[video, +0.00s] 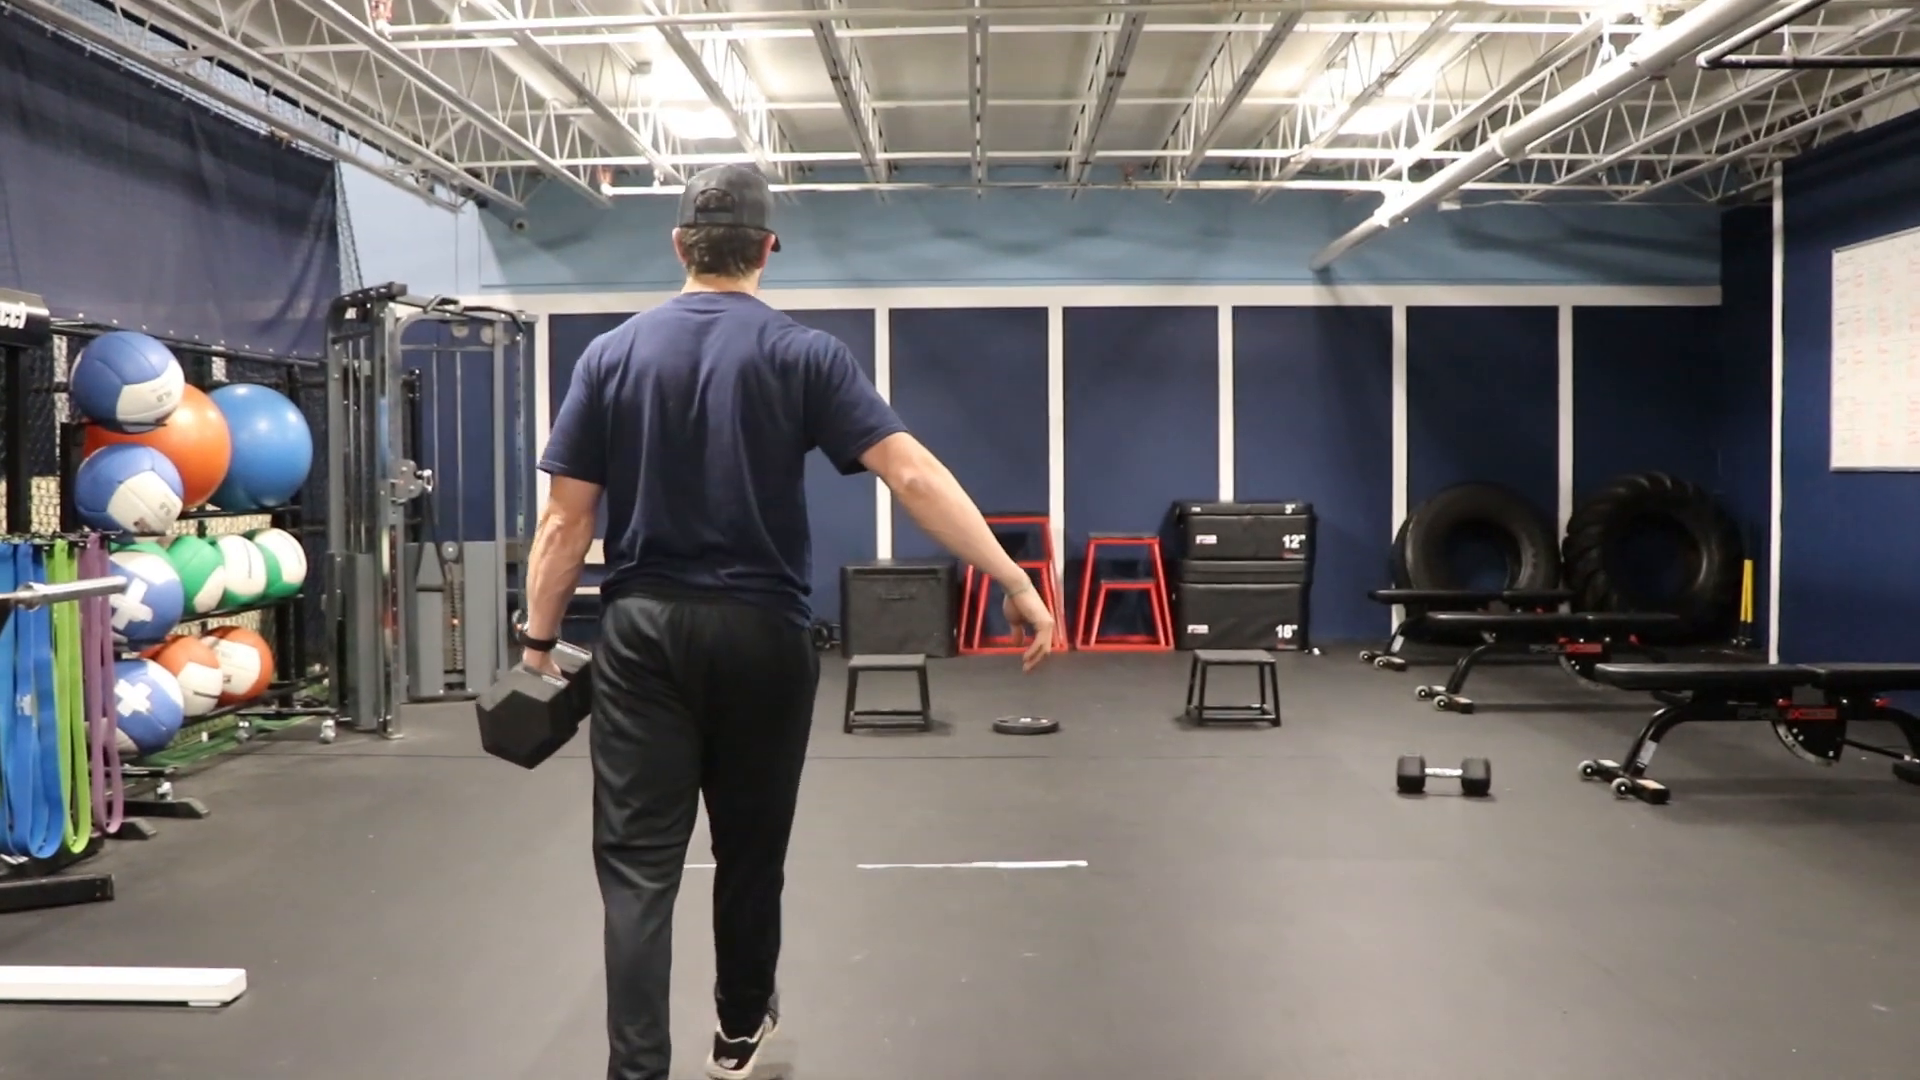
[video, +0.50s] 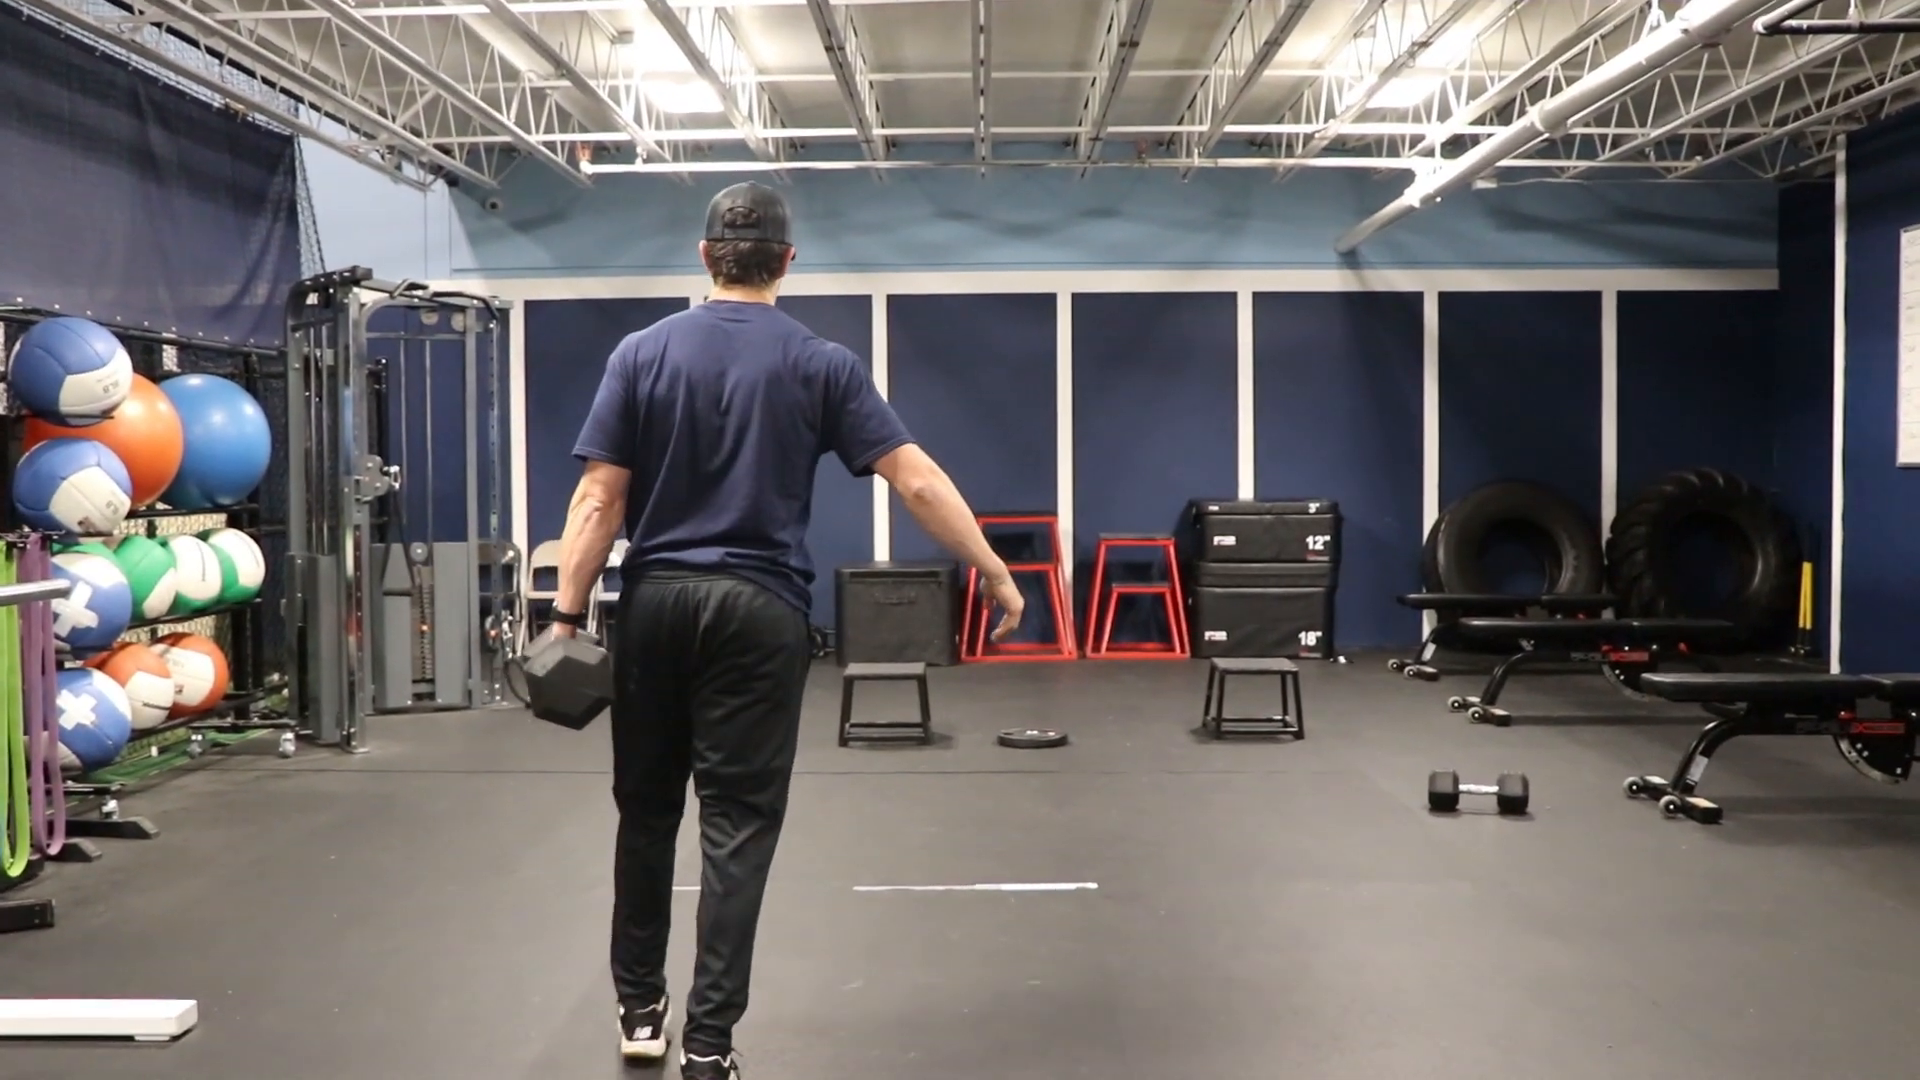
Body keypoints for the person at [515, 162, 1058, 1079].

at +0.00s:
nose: (762, 253)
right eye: (767, 242)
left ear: (678, 250)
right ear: (766, 250)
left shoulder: (609, 356)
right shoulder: (806, 354)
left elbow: (566, 519)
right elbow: (911, 473)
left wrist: (537, 641)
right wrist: (1013, 578)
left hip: (642, 628)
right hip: (762, 631)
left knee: (636, 861)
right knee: (751, 850)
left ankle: (635, 1069)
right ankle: (738, 1034)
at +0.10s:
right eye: (777, 254)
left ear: (692, 257)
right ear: (779, 260)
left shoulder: (625, 358)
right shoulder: (816, 363)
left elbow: (575, 514)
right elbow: (916, 485)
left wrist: (544, 639)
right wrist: (1013, 588)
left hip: (646, 624)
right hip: (763, 630)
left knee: (635, 857)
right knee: (739, 852)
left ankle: (628, 1069)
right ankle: (716, 1046)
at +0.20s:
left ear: (702, 258)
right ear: (788, 262)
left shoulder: (636, 356)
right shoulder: (821, 364)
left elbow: (587, 508)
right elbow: (917, 487)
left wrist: (549, 631)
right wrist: (1007, 589)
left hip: (652, 623)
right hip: (768, 630)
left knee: (631, 843)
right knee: (744, 841)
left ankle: (612, 1037)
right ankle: (714, 1046)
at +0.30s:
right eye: (788, 253)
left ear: (707, 256)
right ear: (790, 261)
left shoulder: (642, 352)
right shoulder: (826, 360)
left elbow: (596, 501)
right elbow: (919, 482)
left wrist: (557, 622)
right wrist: (1000, 578)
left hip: (656, 615)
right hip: (768, 621)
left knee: (635, 816)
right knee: (743, 836)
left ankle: (618, 999)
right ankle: (712, 1046)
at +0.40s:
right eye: (789, 248)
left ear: (709, 253)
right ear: (791, 258)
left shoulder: (643, 350)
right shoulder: (825, 360)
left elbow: (601, 495)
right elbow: (920, 479)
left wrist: (565, 609)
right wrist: (999, 574)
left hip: (655, 608)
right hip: (764, 614)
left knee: (641, 808)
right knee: (741, 825)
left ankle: (627, 1016)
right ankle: (711, 1045)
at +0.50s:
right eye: (784, 253)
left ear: (705, 259)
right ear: (786, 263)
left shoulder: (641, 354)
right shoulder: (820, 362)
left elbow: (599, 497)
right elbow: (912, 475)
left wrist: (568, 611)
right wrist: (994, 569)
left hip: (652, 606)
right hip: (759, 612)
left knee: (646, 810)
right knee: (738, 823)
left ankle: (639, 1009)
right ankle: (707, 1044)